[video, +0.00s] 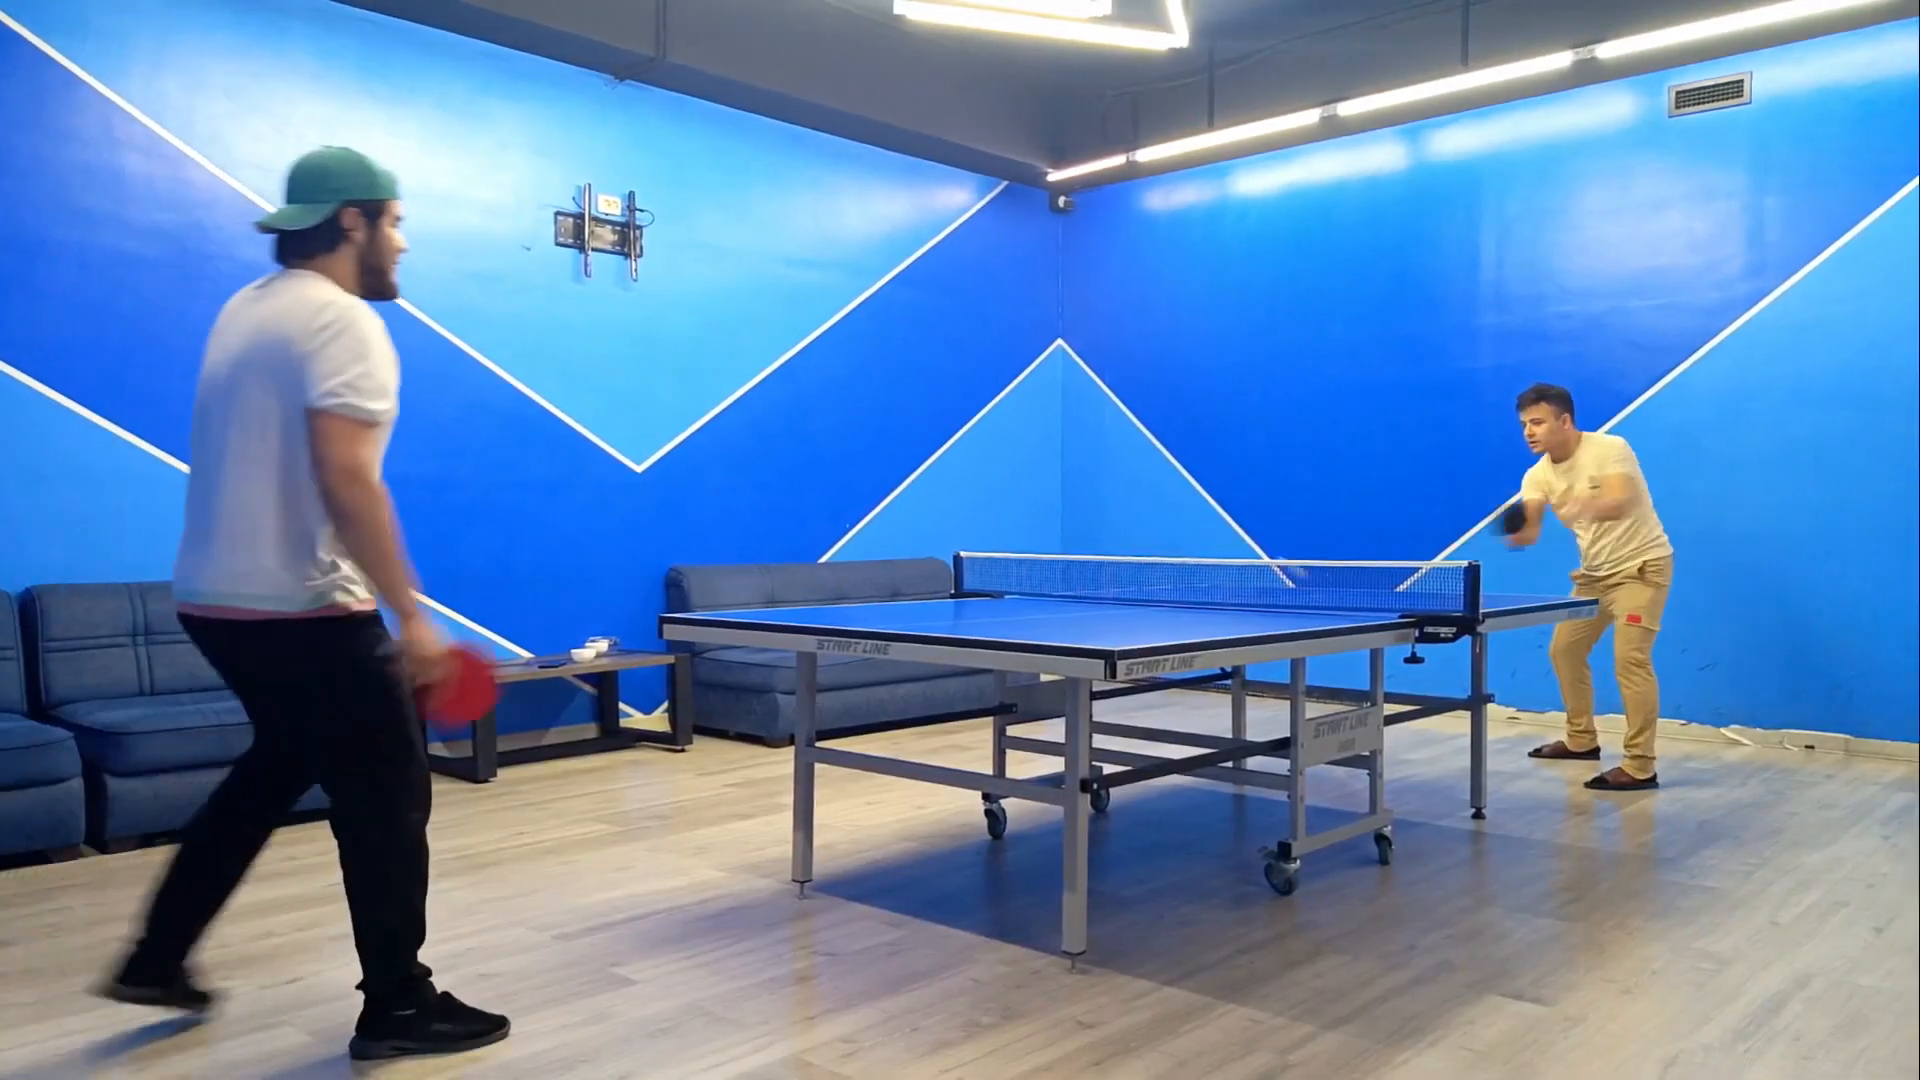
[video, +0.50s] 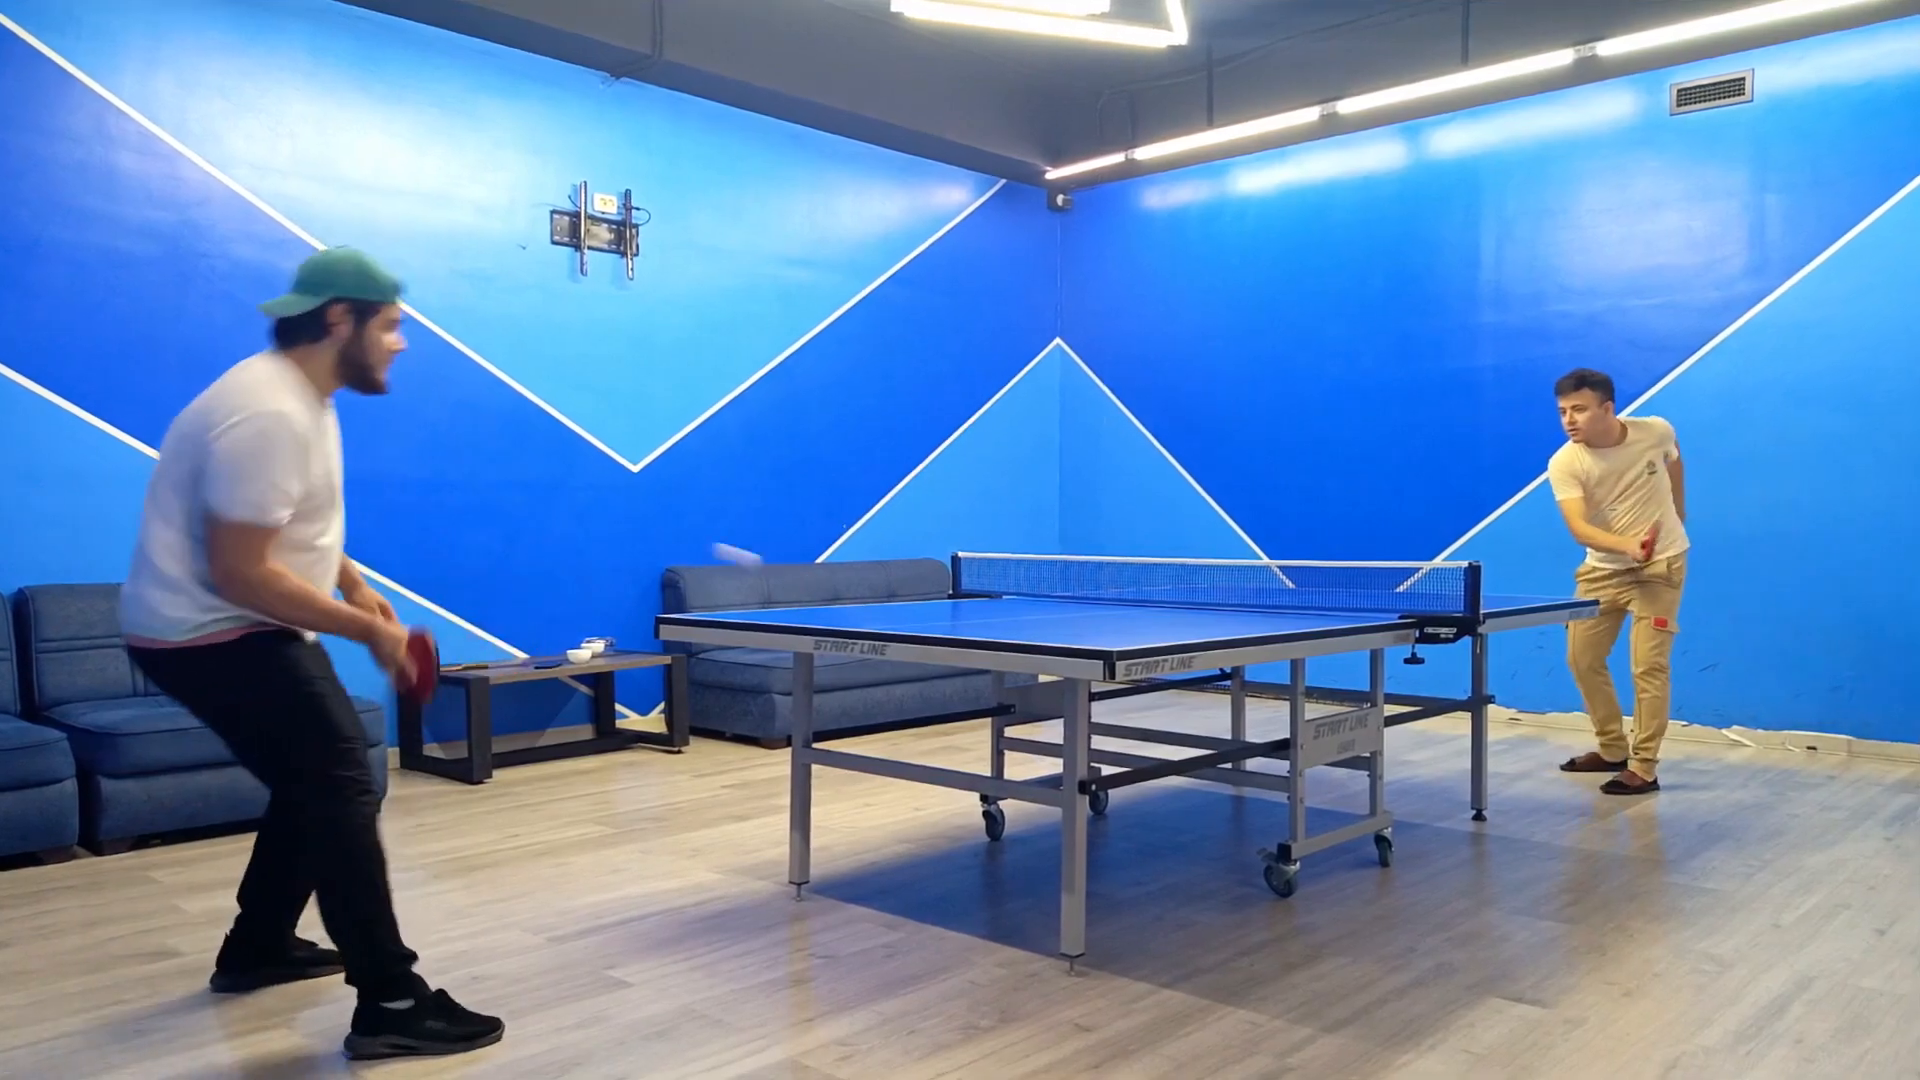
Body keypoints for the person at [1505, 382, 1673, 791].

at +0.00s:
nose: (1528, 432)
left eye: (1536, 423)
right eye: (1524, 425)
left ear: (1565, 421)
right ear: (1524, 429)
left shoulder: (1609, 448)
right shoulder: (1537, 476)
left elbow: (1622, 500)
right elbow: (1529, 531)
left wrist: (1584, 507)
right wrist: (1517, 533)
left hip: (1642, 565)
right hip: (1596, 573)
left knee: (1630, 656)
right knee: (1565, 650)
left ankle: (1640, 766)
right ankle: (1581, 741)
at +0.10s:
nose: (1533, 432)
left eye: (1542, 423)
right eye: (1529, 425)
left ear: (1571, 422)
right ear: (1528, 428)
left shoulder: (1619, 449)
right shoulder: (1538, 476)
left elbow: (1660, 480)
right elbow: (1543, 529)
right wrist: (1558, 531)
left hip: (1642, 567)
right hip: (1592, 574)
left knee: (1631, 659)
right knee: (1563, 651)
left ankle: (1638, 766)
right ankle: (1580, 741)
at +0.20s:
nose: (1542, 434)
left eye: (1551, 424)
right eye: (1537, 426)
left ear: (1580, 423)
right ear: (1534, 429)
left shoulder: (1630, 450)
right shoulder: (1543, 476)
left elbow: (1700, 469)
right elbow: (1560, 531)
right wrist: (1600, 538)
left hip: (1643, 567)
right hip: (1591, 574)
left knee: (1633, 659)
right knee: (1567, 651)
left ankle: (1637, 767)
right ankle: (1577, 740)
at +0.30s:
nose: (1550, 432)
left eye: (1559, 422)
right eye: (1545, 423)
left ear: (1590, 420)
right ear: (1543, 424)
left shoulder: (1640, 444)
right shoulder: (1549, 472)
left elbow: (1697, 464)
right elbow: (1570, 530)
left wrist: (1761, 490)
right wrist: (1618, 544)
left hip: (1647, 568)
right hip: (1593, 573)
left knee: (1636, 660)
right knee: (1574, 654)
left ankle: (1637, 767)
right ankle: (1579, 739)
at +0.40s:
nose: (1560, 426)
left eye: (1569, 416)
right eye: (1555, 418)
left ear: (1599, 415)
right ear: (1553, 419)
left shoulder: (1649, 435)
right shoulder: (1558, 466)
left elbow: (1677, 461)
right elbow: (1577, 528)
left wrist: (1700, 493)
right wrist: (1624, 545)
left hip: (1657, 564)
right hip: (1600, 568)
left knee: (1642, 661)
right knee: (1578, 653)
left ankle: (1639, 768)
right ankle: (1597, 745)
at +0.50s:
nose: (1568, 419)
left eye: (1578, 410)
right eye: (1563, 411)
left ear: (1608, 408)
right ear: (1561, 414)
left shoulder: (1656, 433)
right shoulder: (1564, 462)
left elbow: (1674, 473)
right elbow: (1578, 527)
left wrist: (1676, 517)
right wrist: (1625, 545)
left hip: (1659, 564)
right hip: (1602, 570)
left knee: (1648, 664)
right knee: (1583, 657)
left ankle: (1644, 768)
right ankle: (1613, 751)